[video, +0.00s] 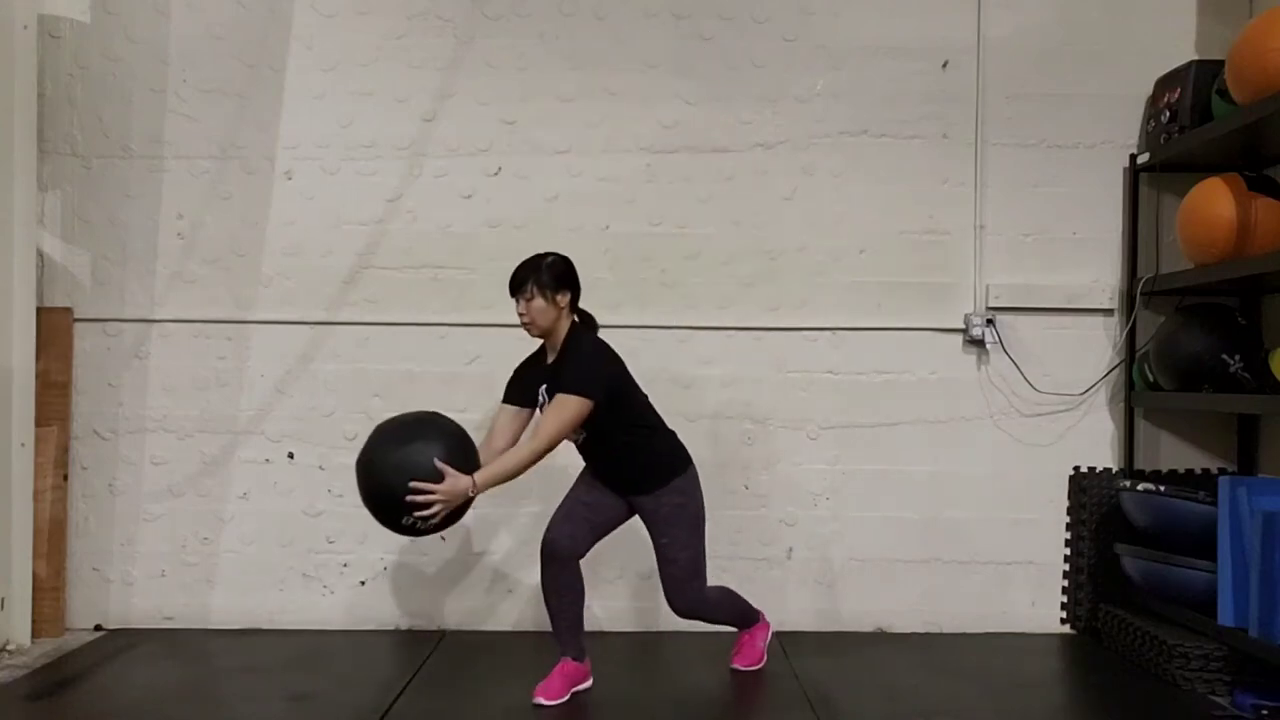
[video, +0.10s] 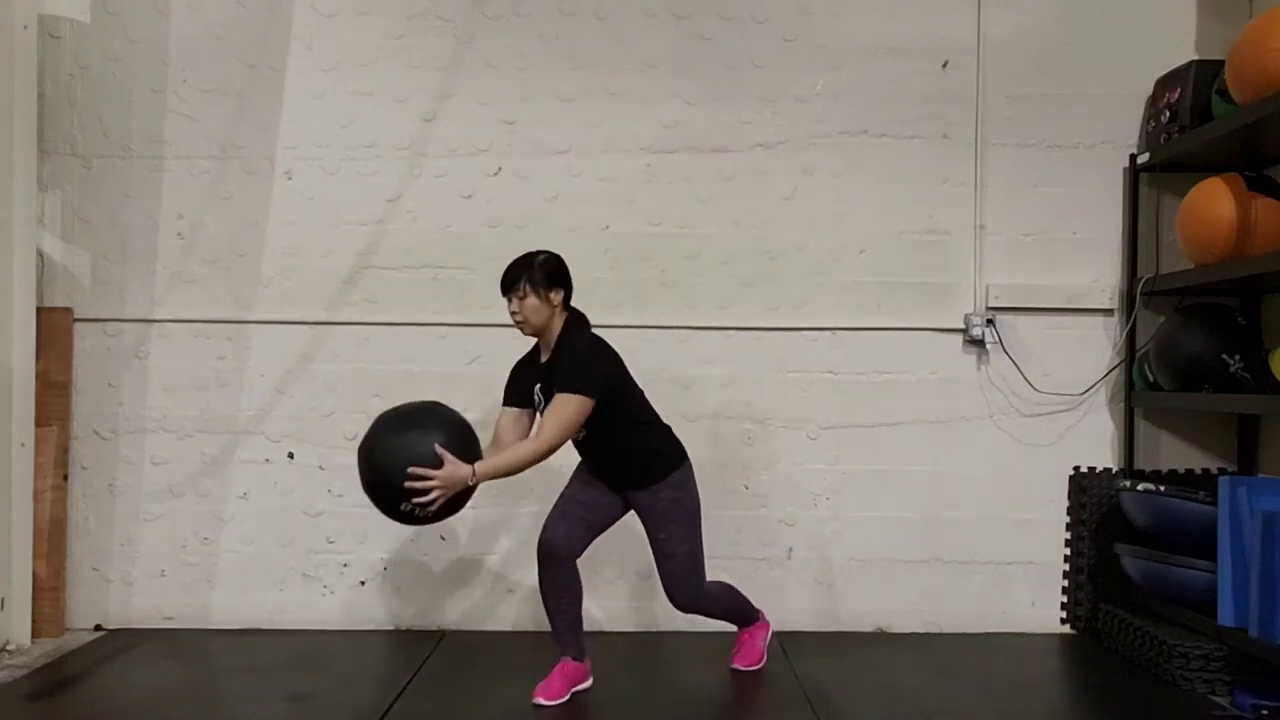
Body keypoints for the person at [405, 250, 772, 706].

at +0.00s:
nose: (521, 308)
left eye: (531, 298)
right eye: (518, 299)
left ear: (564, 300)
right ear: (520, 304)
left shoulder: (590, 360)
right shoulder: (532, 372)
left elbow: (540, 444)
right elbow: (496, 445)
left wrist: (473, 484)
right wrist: (454, 496)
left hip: (665, 479)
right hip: (608, 479)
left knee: (688, 599)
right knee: (558, 548)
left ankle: (755, 624)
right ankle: (574, 662)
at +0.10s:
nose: (513, 307)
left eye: (522, 297)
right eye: (510, 299)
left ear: (557, 298)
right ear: (514, 304)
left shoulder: (586, 356)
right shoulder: (528, 370)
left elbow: (545, 442)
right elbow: (504, 444)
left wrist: (473, 472)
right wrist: (460, 479)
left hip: (660, 474)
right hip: (603, 475)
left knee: (687, 594)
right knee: (554, 548)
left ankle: (754, 622)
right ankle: (574, 662)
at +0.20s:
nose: (514, 301)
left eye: (523, 289)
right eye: (510, 293)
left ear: (558, 289)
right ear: (512, 299)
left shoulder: (589, 348)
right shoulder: (528, 364)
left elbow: (549, 434)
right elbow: (509, 438)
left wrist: (474, 454)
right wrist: (458, 456)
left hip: (655, 471)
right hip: (599, 471)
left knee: (686, 589)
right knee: (550, 550)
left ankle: (753, 621)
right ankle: (573, 662)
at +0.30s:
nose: (523, 285)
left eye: (533, 272)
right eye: (518, 276)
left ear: (565, 272)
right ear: (516, 282)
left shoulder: (597, 332)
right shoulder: (529, 348)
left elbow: (557, 407)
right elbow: (509, 429)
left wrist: (476, 410)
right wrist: (452, 431)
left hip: (650, 464)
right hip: (593, 465)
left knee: (686, 579)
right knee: (548, 550)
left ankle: (751, 621)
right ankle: (574, 661)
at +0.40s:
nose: (535, 264)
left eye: (546, 252)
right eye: (527, 255)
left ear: (575, 253)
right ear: (523, 263)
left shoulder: (605, 310)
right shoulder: (531, 331)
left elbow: (563, 368)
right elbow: (504, 409)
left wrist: (484, 345)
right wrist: (437, 388)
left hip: (644, 454)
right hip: (585, 455)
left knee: (685, 563)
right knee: (548, 552)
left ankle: (743, 619)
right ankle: (574, 661)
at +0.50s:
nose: (548, 245)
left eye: (559, 232)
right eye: (538, 237)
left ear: (584, 235)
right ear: (532, 245)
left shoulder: (615, 286)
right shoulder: (534, 309)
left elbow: (583, 318)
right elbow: (501, 381)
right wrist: (440, 339)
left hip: (641, 445)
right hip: (577, 449)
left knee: (689, 554)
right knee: (548, 552)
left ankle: (722, 621)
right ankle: (574, 661)